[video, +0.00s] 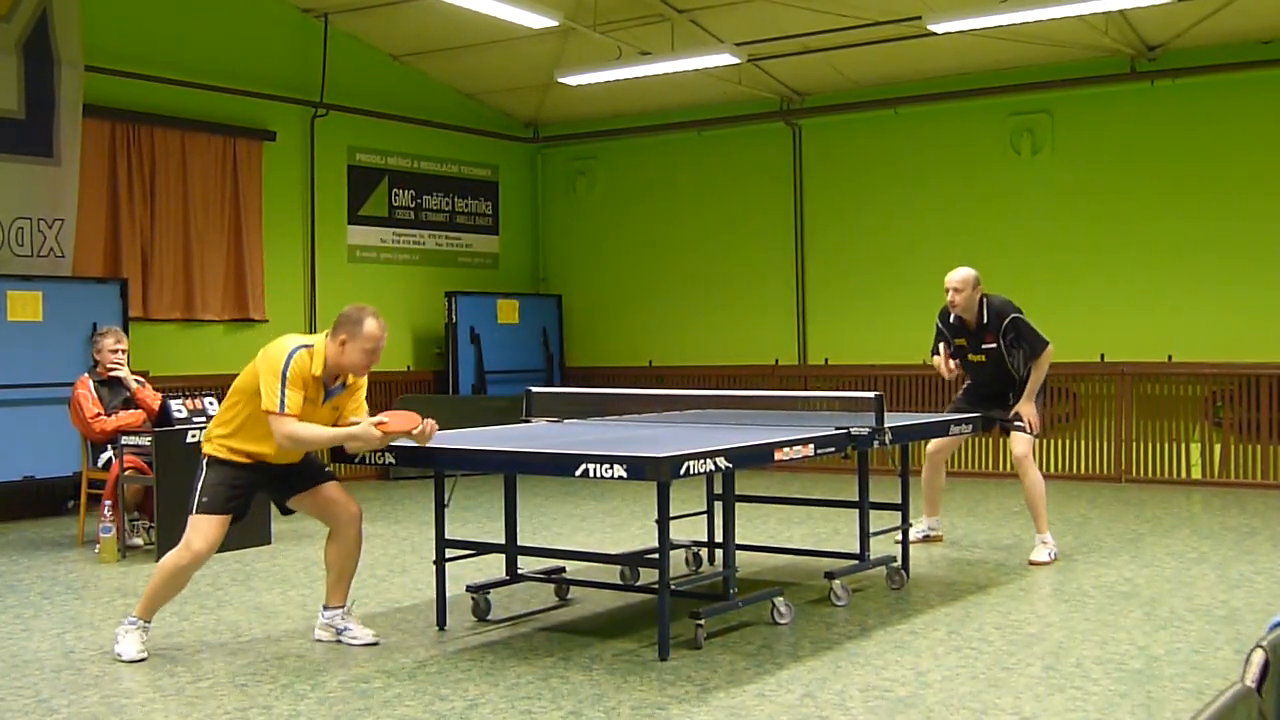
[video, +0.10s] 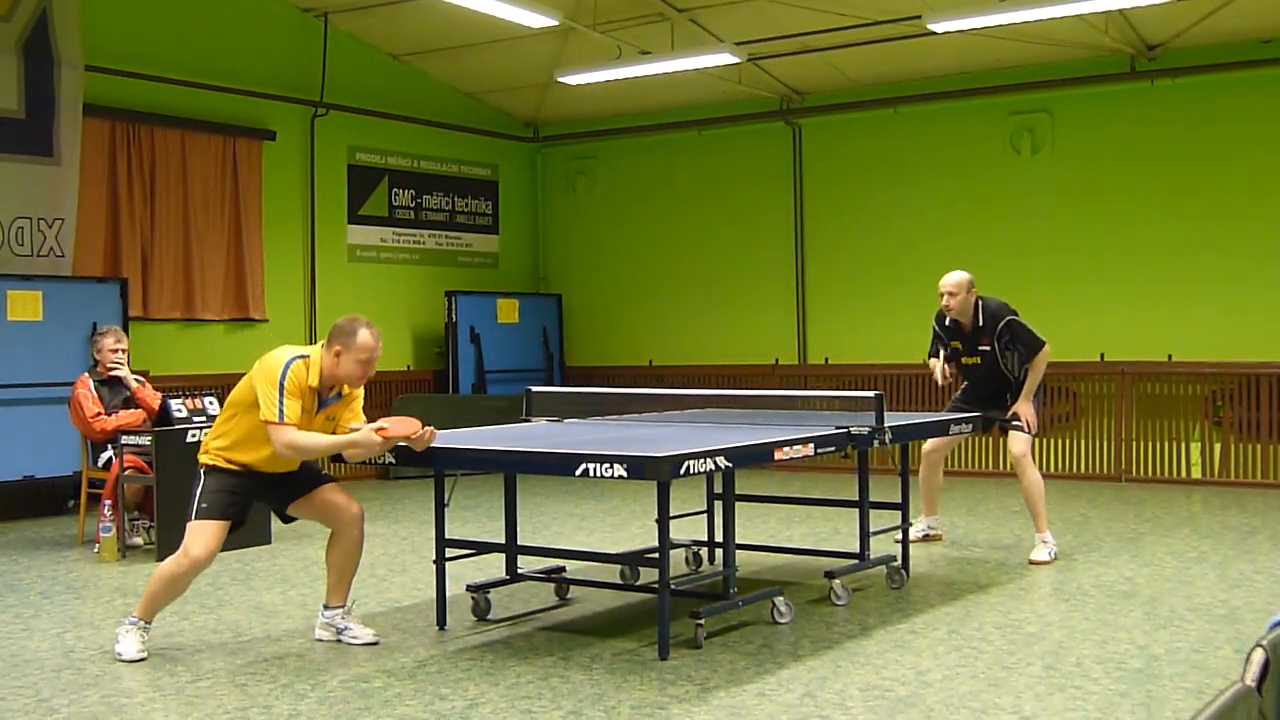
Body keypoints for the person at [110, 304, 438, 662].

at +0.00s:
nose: (374, 363)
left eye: (378, 354)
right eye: (370, 352)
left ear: (347, 344)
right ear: (341, 340)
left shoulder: (352, 376)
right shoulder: (287, 356)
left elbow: (352, 441)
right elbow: (285, 433)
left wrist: (404, 433)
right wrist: (349, 436)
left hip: (290, 456)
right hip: (231, 454)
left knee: (348, 516)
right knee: (198, 548)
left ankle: (334, 617)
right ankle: (136, 624)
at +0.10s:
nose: (370, 372)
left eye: (374, 363)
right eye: (365, 362)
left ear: (344, 355)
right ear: (335, 352)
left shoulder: (350, 385)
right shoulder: (282, 367)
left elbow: (350, 449)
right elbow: (285, 443)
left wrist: (397, 437)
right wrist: (351, 442)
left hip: (286, 467)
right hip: (228, 464)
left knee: (350, 515)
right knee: (197, 554)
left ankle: (334, 617)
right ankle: (137, 624)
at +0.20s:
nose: (369, 378)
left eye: (373, 369)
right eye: (364, 368)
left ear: (342, 360)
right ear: (334, 359)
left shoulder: (349, 391)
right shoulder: (282, 373)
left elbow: (351, 455)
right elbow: (286, 451)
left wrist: (395, 440)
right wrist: (353, 446)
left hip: (285, 472)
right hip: (229, 469)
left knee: (351, 515)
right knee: (198, 556)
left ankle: (335, 616)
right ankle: (137, 625)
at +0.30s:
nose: (368, 381)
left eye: (372, 372)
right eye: (363, 371)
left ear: (341, 366)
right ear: (331, 365)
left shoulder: (350, 394)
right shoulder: (283, 378)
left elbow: (348, 462)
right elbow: (287, 455)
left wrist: (391, 445)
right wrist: (357, 448)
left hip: (284, 477)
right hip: (229, 474)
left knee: (354, 515)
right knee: (198, 558)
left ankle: (335, 616)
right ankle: (138, 625)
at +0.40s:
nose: (368, 382)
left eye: (371, 373)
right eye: (362, 372)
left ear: (340, 367)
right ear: (331, 367)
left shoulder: (350, 396)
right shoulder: (283, 380)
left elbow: (347, 463)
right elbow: (288, 456)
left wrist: (391, 446)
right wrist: (360, 449)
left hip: (285, 478)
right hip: (230, 476)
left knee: (355, 515)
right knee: (199, 559)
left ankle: (335, 616)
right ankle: (139, 624)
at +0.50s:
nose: (368, 382)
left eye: (371, 373)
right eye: (362, 372)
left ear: (340, 368)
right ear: (330, 367)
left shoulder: (350, 396)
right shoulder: (283, 382)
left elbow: (349, 464)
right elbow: (288, 458)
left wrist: (391, 446)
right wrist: (361, 449)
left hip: (286, 480)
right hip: (232, 478)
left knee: (356, 515)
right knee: (199, 561)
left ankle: (335, 616)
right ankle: (139, 624)